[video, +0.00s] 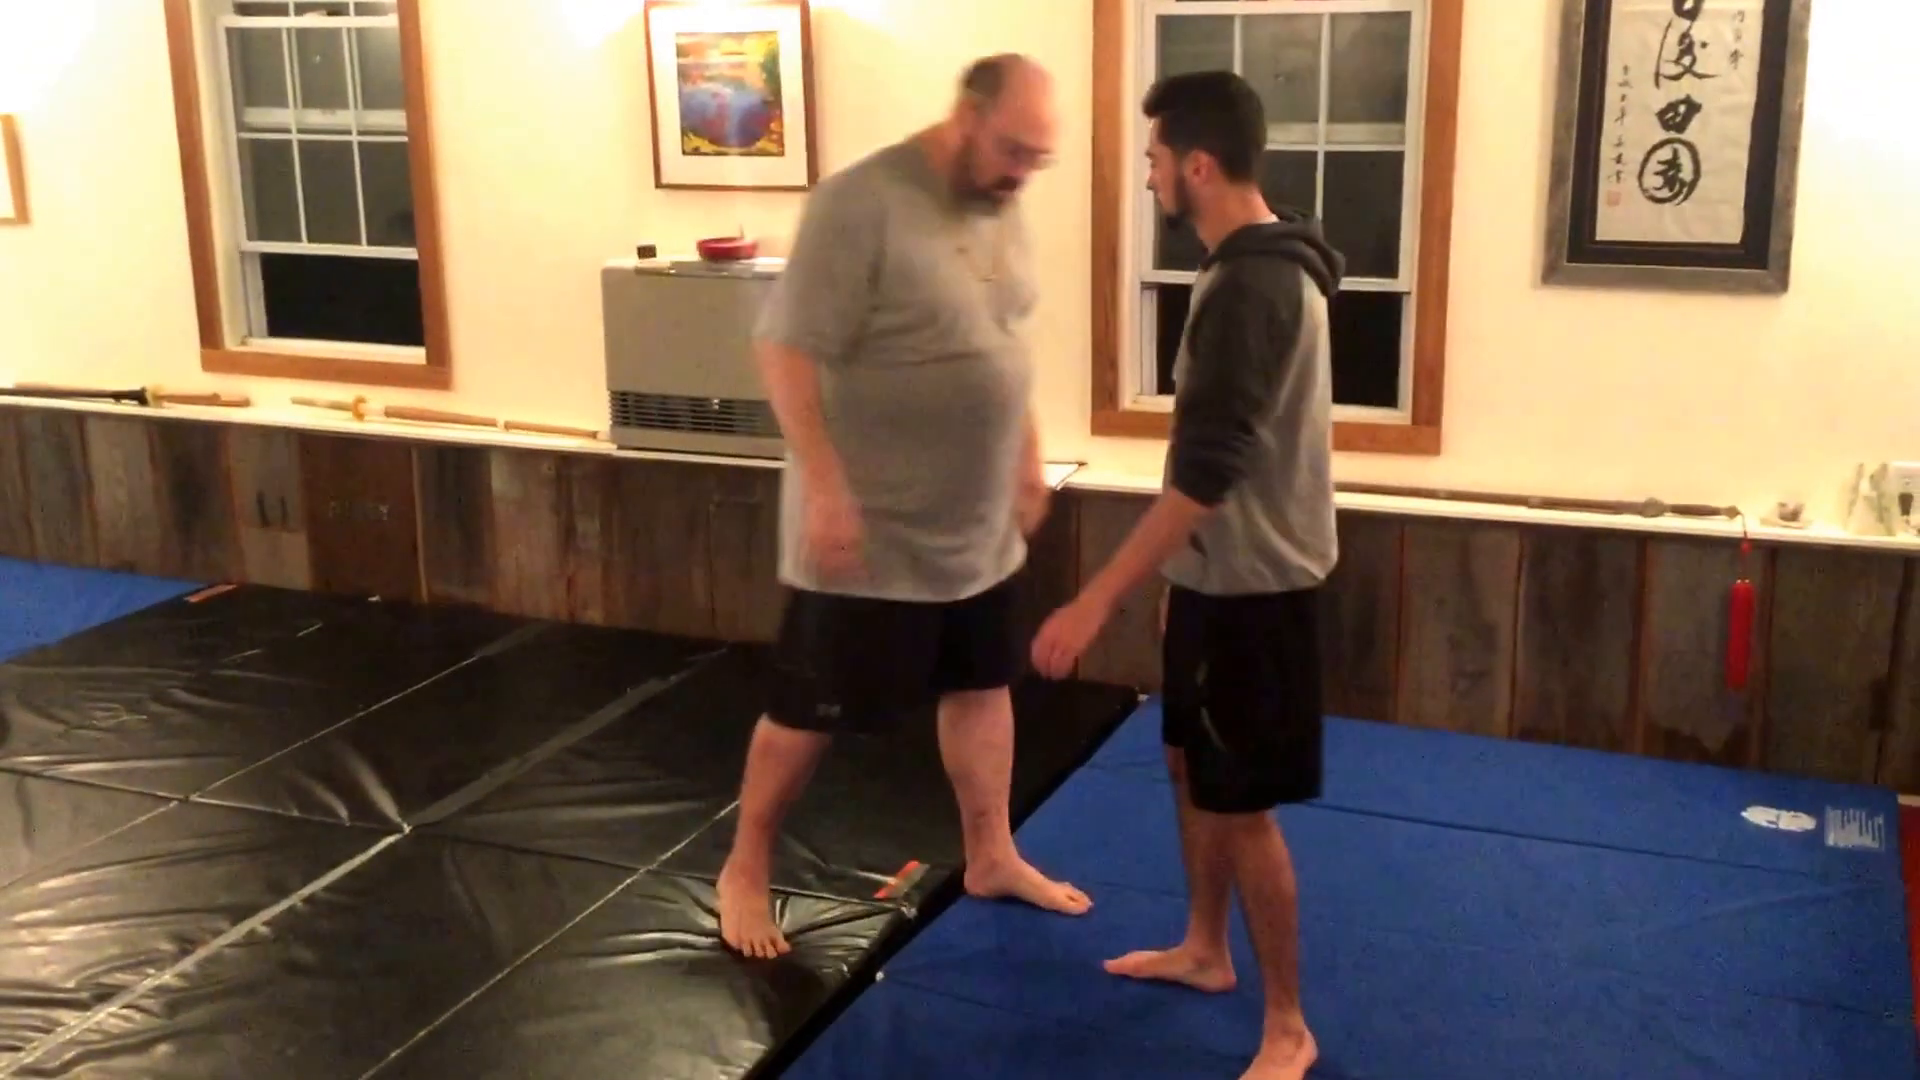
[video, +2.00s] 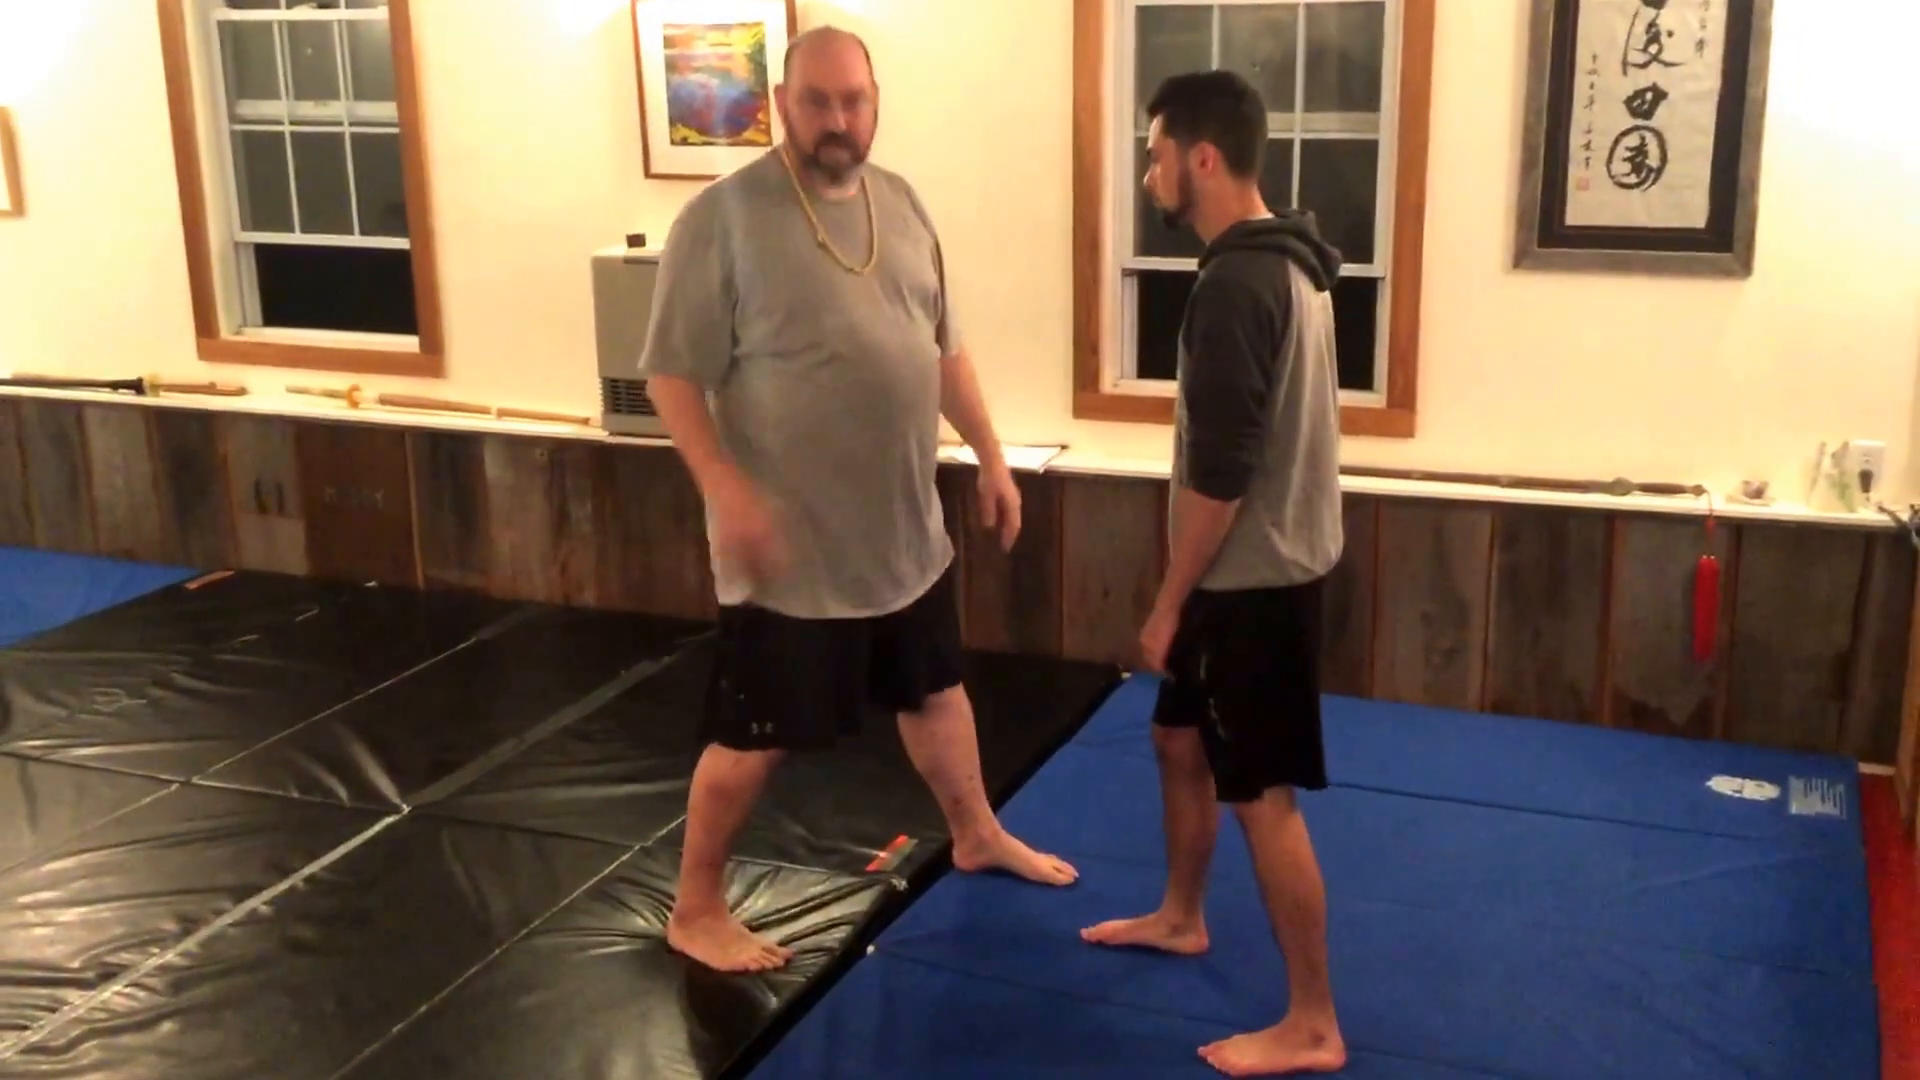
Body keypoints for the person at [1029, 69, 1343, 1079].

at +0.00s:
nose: (1151, 176)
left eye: (1159, 158)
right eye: (1152, 157)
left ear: (1201, 163)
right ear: (1226, 161)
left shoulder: (1249, 281)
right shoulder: (1274, 259)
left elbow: (1203, 479)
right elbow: (1253, 449)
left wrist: (1089, 606)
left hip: (1248, 581)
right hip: (1222, 573)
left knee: (1242, 803)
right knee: (1189, 756)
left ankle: (1288, 1028)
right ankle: (1204, 950)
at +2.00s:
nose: (1150, 171)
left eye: (1158, 151)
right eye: (1151, 151)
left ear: (1203, 157)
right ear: (1233, 156)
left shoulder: (1236, 282)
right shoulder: (1288, 255)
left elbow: (1223, 472)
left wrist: (1168, 605)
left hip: (1253, 574)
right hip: (1251, 560)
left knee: (1262, 795)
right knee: (1180, 740)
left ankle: (1312, 1024)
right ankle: (1181, 914)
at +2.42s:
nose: (1148, 167)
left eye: (1157, 149)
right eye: (1150, 148)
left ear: (1203, 156)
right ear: (1231, 156)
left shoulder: (1228, 284)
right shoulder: (1288, 256)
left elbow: (1223, 476)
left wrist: (1173, 624)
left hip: (1245, 579)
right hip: (1247, 561)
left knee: (1261, 796)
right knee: (1173, 733)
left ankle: (1310, 1018)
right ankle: (1180, 909)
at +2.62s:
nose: (1147, 166)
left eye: (1156, 148)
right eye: (1149, 148)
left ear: (1203, 156)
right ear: (1228, 156)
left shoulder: (1225, 284)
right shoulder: (1284, 259)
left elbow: (1209, 478)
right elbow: (1275, 433)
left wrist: (1151, 613)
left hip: (1237, 577)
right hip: (1243, 561)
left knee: (1259, 795)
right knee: (1170, 733)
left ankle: (1308, 1016)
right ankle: (1178, 908)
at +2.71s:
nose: (1146, 164)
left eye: (1155, 146)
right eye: (1149, 145)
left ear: (1200, 155)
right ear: (1227, 154)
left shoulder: (1223, 284)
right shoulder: (1278, 260)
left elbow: (1204, 474)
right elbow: (1270, 435)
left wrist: (1144, 606)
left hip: (1236, 574)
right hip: (1237, 560)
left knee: (1257, 791)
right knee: (1168, 734)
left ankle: (1308, 1016)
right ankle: (1178, 908)